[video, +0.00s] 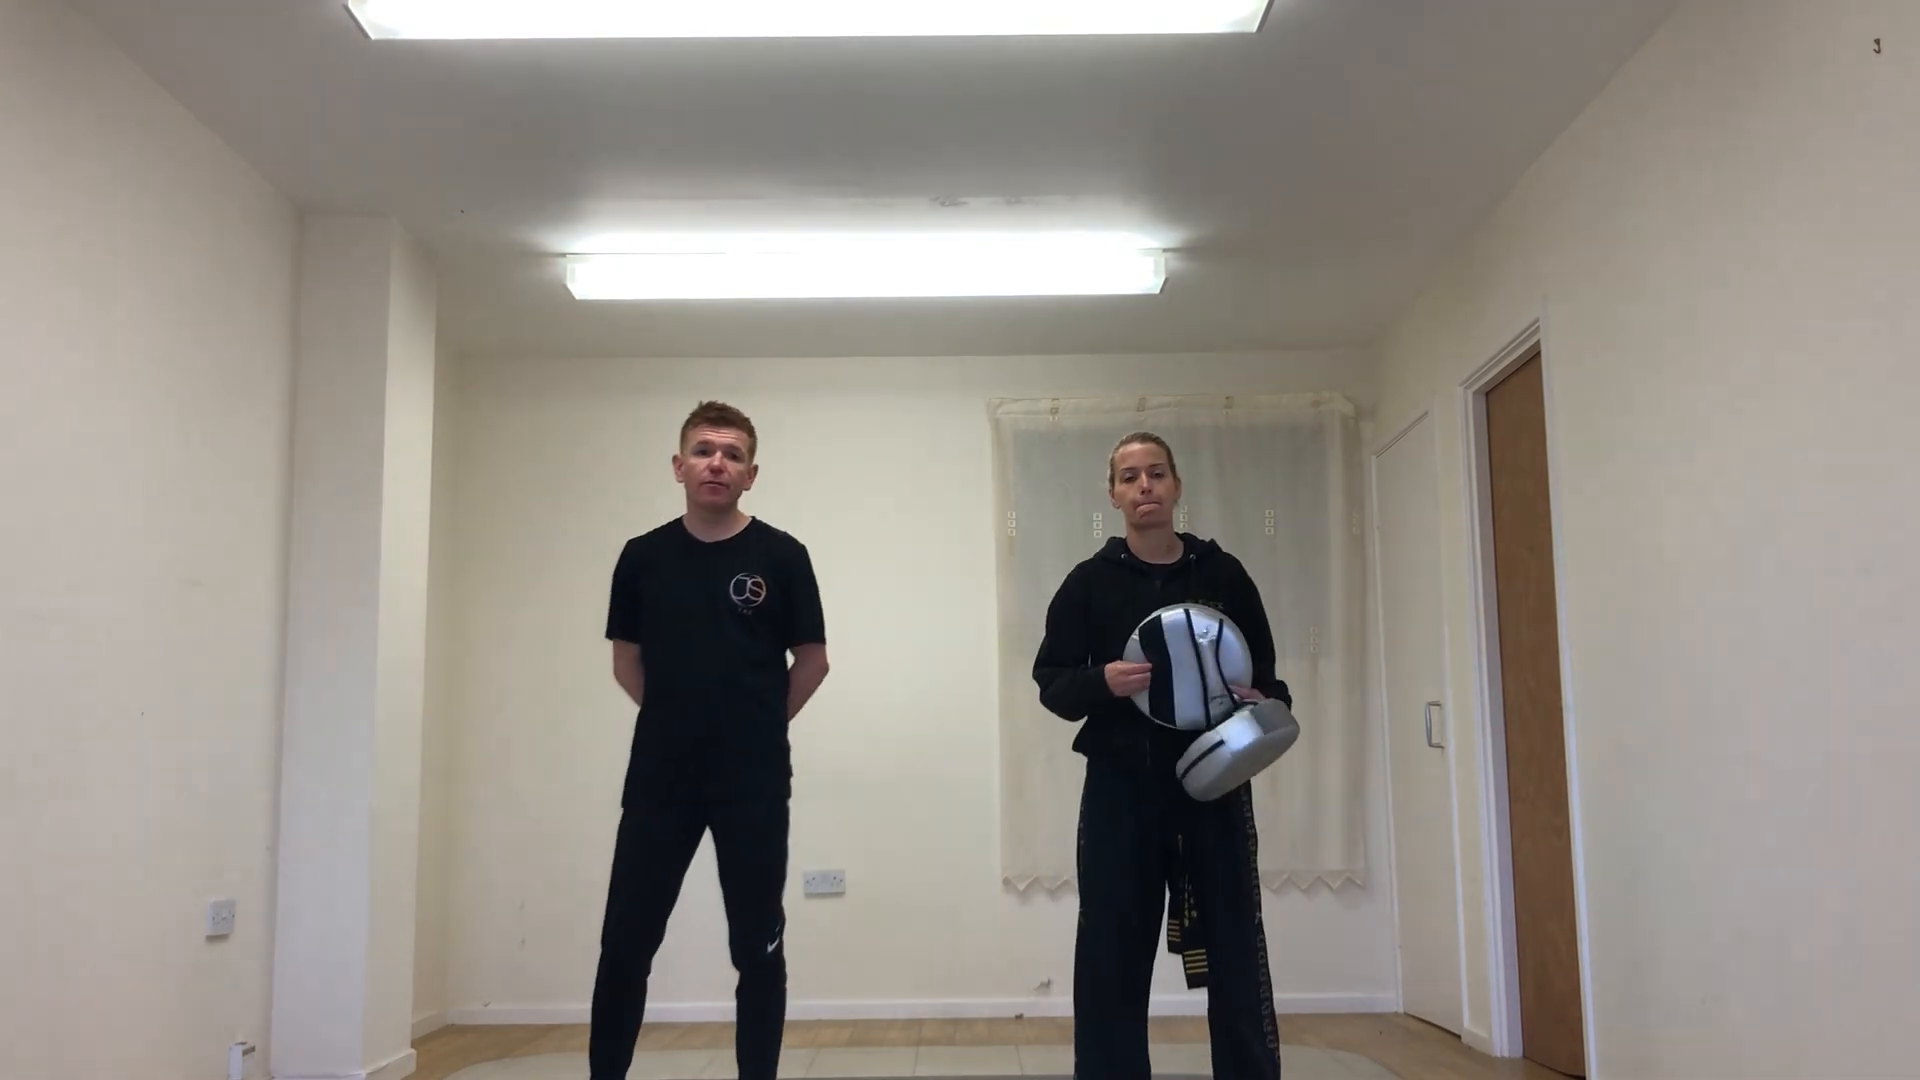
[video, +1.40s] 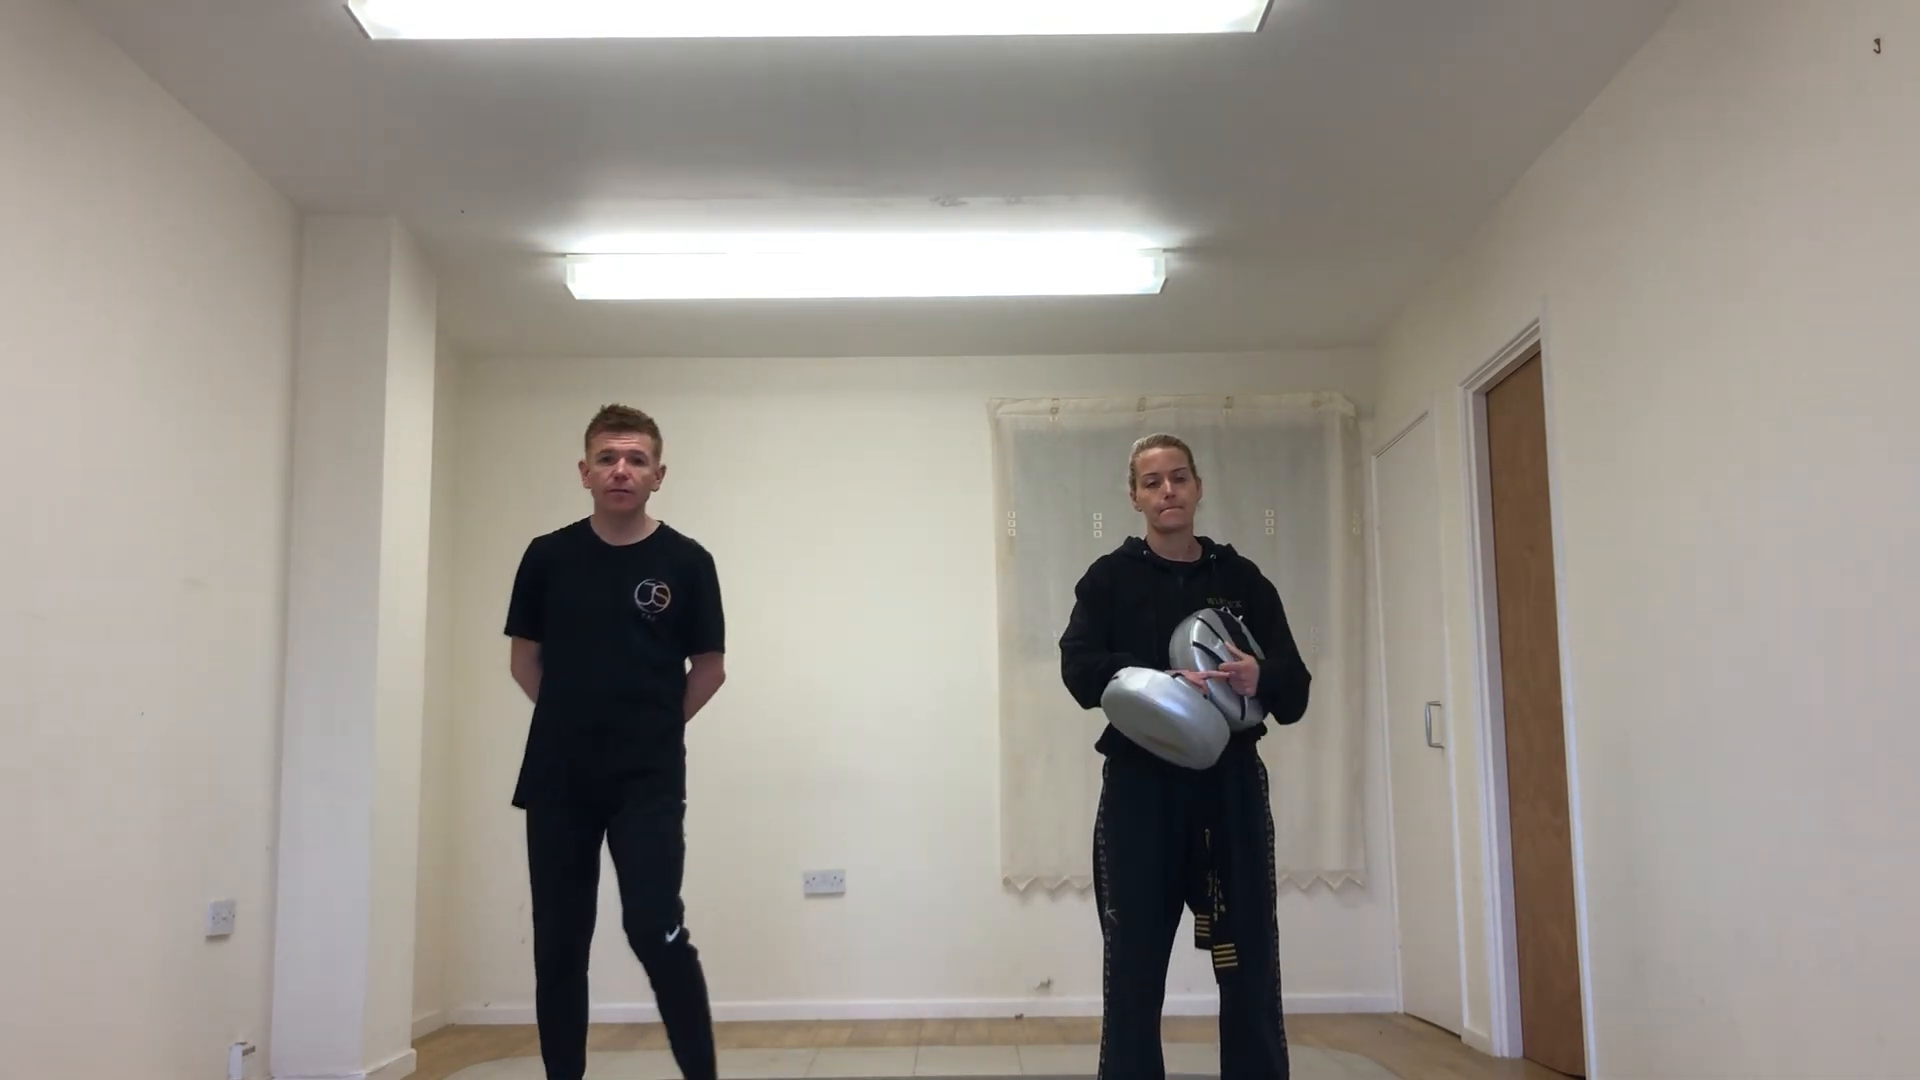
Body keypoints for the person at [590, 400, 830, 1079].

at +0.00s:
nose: (717, 463)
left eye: (733, 454)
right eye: (704, 451)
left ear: (750, 473)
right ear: (680, 466)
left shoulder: (782, 555)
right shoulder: (642, 554)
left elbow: (812, 661)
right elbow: (626, 665)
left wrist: (762, 721)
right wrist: (677, 715)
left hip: (751, 769)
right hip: (663, 767)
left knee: (759, 949)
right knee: (624, 946)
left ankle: (757, 1077)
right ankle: (605, 1076)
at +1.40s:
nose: (621, 470)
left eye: (636, 460)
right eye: (607, 458)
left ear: (656, 475)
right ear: (586, 472)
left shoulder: (687, 561)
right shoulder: (546, 555)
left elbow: (709, 669)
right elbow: (525, 662)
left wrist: (654, 721)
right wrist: (576, 714)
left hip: (647, 771)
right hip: (559, 771)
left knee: (656, 932)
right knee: (558, 945)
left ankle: (701, 1074)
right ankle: (563, 1076)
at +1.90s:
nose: (630, 478)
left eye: (632, 465)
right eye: (616, 466)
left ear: (629, 470)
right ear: (566, 472)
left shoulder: (649, 556)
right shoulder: (509, 563)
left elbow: (686, 654)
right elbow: (477, 668)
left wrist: (729, 747)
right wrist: (534, 730)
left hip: (642, 777)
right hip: (553, 781)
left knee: (648, 941)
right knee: (555, 947)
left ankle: (654, 1075)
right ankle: (562, 1075)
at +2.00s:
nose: (639, 480)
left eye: (641, 467)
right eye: (625, 467)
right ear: (574, 471)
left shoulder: (648, 557)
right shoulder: (512, 560)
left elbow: (697, 649)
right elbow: (473, 667)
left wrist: (776, 686)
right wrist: (530, 733)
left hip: (643, 778)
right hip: (554, 784)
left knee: (656, 944)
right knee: (555, 949)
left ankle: (662, 1075)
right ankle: (561, 1075)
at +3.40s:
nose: (666, 463)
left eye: (681, 454)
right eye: (653, 451)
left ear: (699, 475)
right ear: (627, 466)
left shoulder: (718, 567)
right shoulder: (575, 546)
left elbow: (730, 678)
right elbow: (538, 654)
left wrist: (669, 718)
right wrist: (588, 712)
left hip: (672, 780)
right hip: (581, 774)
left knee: (678, 954)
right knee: (554, 952)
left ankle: (678, 1077)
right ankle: (536, 1075)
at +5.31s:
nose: (635, 465)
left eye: (650, 457)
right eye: (622, 452)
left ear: (665, 476)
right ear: (593, 464)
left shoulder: (689, 562)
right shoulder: (544, 553)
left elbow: (708, 673)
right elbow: (516, 661)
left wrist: (648, 719)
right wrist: (568, 716)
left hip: (650, 778)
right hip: (558, 775)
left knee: (663, 951)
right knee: (541, 952)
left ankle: (673, 1076)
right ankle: (532, 1076)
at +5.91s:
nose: (614, 469)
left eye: (631, 459)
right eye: (602, 455)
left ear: (652, 475)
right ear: (580, 465)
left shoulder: (680, 561)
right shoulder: (539, 551)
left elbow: (701, 674)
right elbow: (521, 659)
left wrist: (643, 726)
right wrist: (572, 714)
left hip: (634, 780)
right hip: (545, 777)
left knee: (654, 951)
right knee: (535, 953)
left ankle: (671, 1076)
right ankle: (529, 1076)